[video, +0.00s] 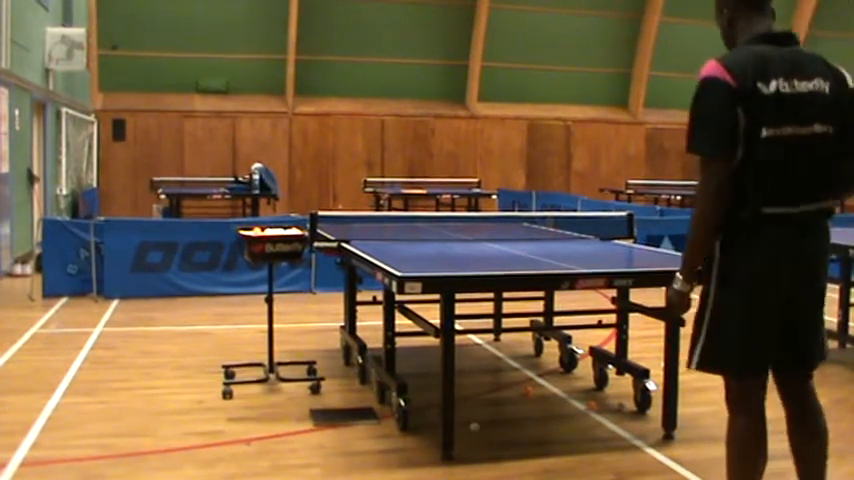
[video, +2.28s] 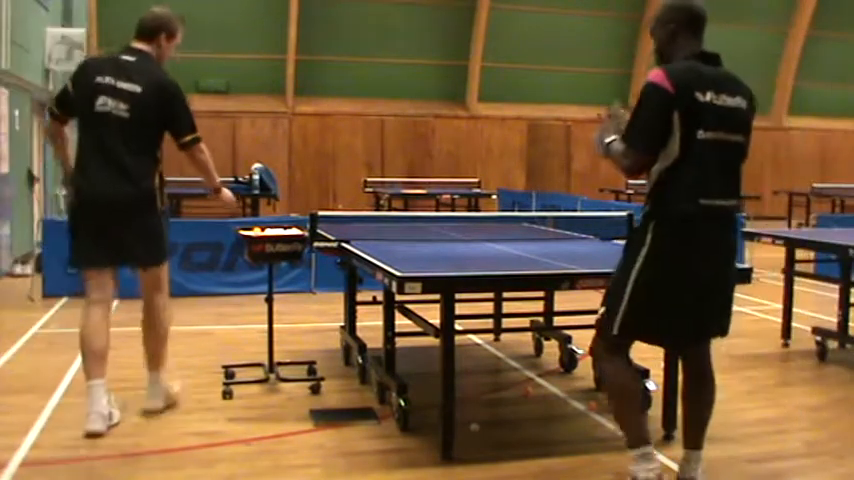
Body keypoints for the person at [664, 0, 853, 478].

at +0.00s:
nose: (718, 28)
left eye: (719, 19)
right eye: (720, 19)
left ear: (727, 16)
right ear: (772, 14)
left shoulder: (726, 75)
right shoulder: (832, 75)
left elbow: (715, 185)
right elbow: (844, 178)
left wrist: (686, 274)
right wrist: (808, 218)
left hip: (748, 250)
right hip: (810, 247)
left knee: (744, 398)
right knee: (798, 385)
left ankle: (744, 475)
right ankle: (813, 475)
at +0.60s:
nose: (774, 31)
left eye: (774, 21)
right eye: (774, 22)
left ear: (783, 17)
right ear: (825, 15)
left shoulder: (784, 67)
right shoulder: (851, 62)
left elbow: (790, 164)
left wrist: (751, 251)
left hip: (799, 254)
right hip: (847, 254)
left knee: (764, 394)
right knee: (840, 398)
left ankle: (757, 478)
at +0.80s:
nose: (776, 28)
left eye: (776, 18)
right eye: (776, 19)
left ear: (787, 16)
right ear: (827, 13)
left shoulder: (790, 65)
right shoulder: (851, 59)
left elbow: (789, 159)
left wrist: (751, 181)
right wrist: (775, 169)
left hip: (800, 248)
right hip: (848, 248)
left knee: (763, 392)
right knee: (839, 396)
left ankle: (756, 478)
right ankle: (836, 474)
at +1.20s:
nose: (750, 31)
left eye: (751, 20)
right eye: (752, 21)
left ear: (761, 18)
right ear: (802, 18)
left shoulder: (762, 73)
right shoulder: (846, 73)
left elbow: (729, 169)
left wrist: (729, 115)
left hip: (773, 245)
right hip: (835, 244)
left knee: (742, 390)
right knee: (821, 390)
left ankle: (721, 474)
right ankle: (827, 477)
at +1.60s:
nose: (690, 30)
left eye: (693, 21)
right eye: (693, 21)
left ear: (702, 19)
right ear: (744, 18)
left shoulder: (690, 72)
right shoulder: (795, 75)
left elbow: (658, 155)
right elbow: (798, 148)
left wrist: (672, 92)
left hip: (711, 235)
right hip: (770, 234)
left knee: (710, 372)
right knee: (749, 360)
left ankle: (710, 475)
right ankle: (751, 469)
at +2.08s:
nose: (663, 37)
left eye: (666, 29)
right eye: (666, 29)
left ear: (679, 29)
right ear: (712, 30)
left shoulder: (670, 81)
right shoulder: (753, 90)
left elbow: (631, 161)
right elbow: (752, 161)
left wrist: (616, 134)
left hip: (680, 233)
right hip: (730, 235)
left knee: (652, 360)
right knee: (703, 354)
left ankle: (689, 469)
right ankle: (692, 463)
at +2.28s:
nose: (654, 47)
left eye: (655, 38)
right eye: (653, 39)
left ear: (669, 34)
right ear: (699, 33)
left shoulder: (666, 81)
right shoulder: (740, 90)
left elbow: (634, 162)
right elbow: (723, 160)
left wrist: (609, 140)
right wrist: (641, 132)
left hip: (669, 230)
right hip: (720, 233)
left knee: (610, 345)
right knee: (696, 348)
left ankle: (645, 461)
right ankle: (691, 465)